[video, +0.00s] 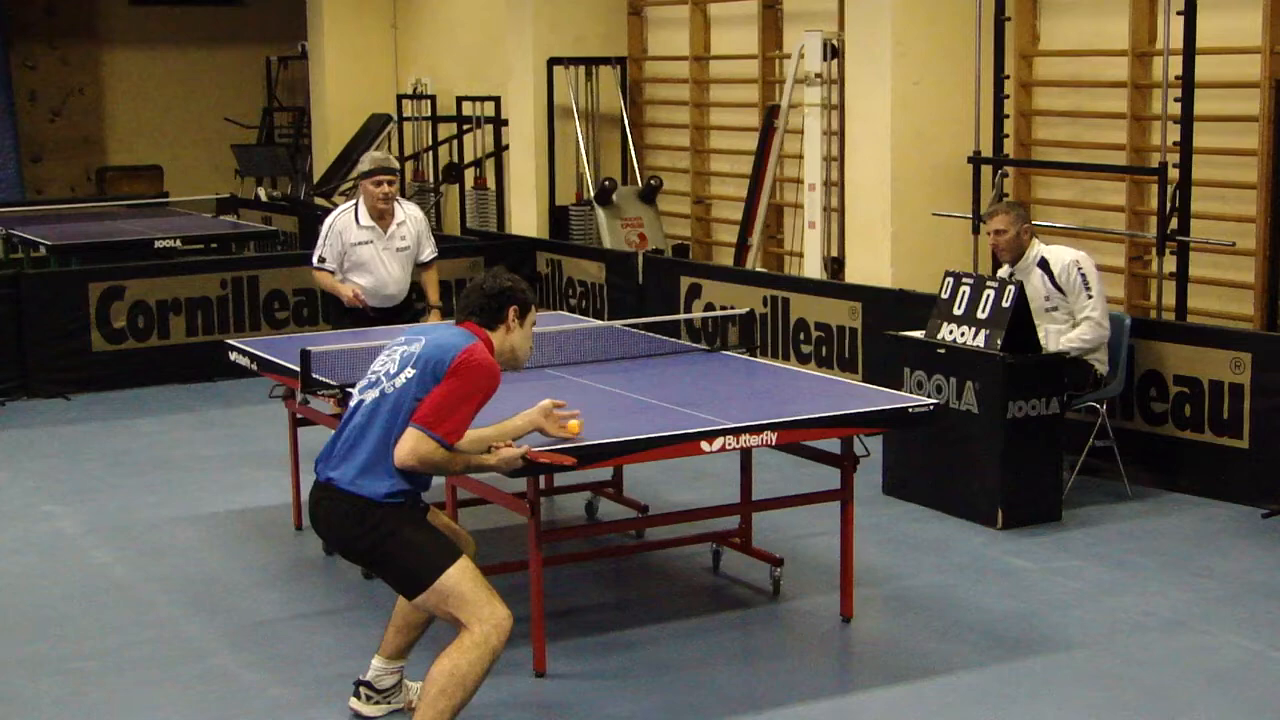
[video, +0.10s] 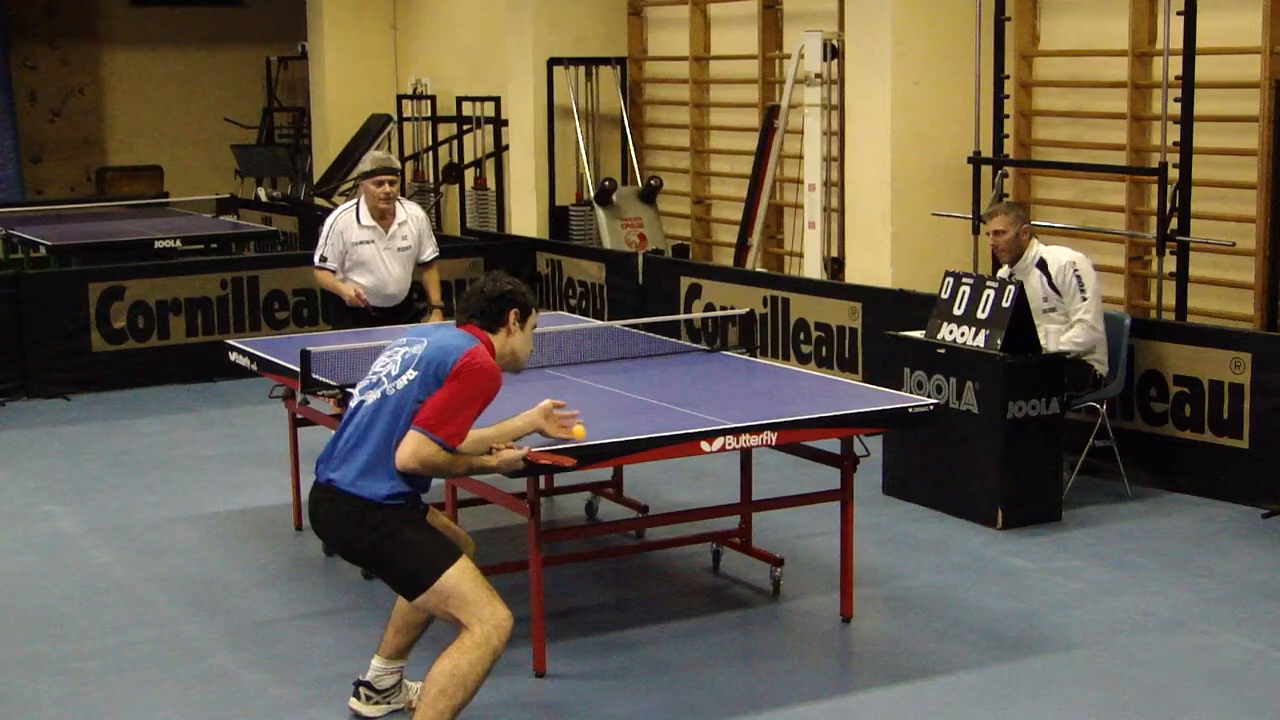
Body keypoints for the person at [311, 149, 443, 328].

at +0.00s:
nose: (386, 191)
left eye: (391, 183)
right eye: (377, 184)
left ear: (398, 185)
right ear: (362, 186)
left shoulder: (414, 216)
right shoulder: (339, 222)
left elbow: (427, 265)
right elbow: (320, 271)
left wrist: (434, 310)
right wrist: (340, 290)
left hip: (401, 312)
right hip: (355, 315)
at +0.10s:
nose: (387, 190)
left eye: (392, 183)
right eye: (379, 184)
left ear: (399, 185)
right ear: (363, 186)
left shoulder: (415, 216)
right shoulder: (340, 221)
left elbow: (429, 265)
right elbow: (321, 271)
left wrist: (436, 309)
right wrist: (342, 289)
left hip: (401, 311)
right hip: (356, 315)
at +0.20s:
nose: (387, 190)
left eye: (392, 183)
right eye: (378, 184)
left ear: (399, 185)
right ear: (362, 185)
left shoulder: (414, 215)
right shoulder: (339, 220)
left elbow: (427, 266)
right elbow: (320, 271)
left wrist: (436, 310)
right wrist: (342, 289)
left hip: (400, 311)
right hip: (355, 314)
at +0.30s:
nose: (385, 190)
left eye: (390, 183)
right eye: (376, 184)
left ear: (397, 184)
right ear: (360, 185)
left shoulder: (410, 215)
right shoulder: (337, 220)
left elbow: (422, 266)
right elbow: (318, 271)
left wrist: (434, 308)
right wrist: (341, 288)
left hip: (396, 311)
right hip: (351, 314)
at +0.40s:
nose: (383, 190)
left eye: (388, 182)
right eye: (374, 183)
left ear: (396, 184)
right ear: (358, 185)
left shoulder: (408, 216)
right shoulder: (335, 220)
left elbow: (419, 266)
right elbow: (315, 270)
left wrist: (429, 307)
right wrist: (340, 288)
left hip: (396, 311)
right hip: (350, 314)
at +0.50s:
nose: (382, 190)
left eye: (387, 182)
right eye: (373, 183)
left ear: (395, 184)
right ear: (357, 185)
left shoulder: (407, 216)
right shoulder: (334, 220)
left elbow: (418, 267)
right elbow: (314, 270)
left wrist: (427, 309)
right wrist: (338, 288)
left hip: (395, 311)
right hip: (349, 314)